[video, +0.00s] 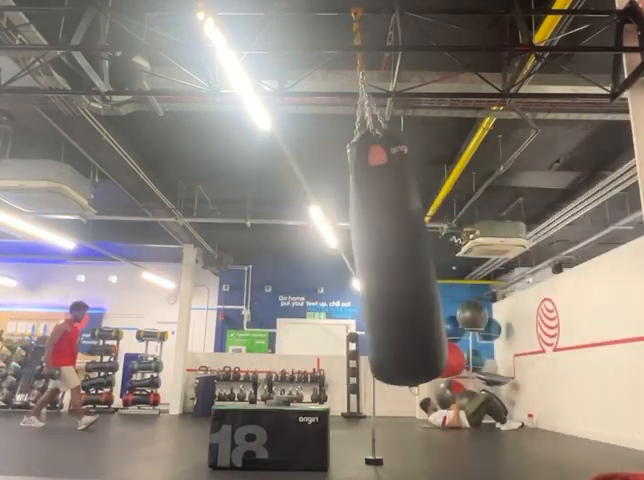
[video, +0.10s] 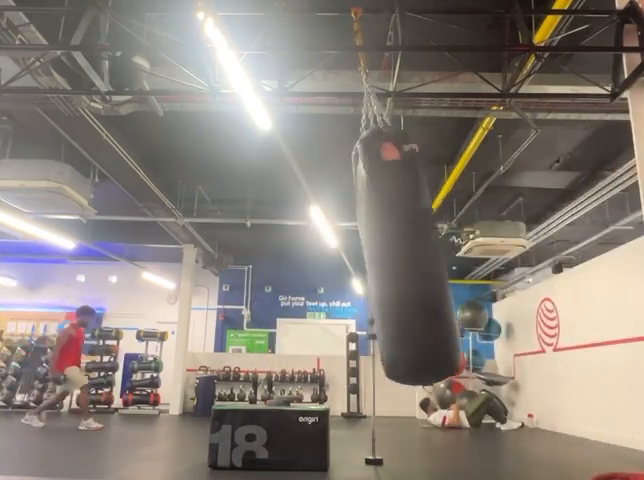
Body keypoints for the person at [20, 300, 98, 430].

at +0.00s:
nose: (83, 315)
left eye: (84, 312)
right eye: (82, 312)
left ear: (81, 313)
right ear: (74, 311)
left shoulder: (76, 328)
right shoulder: (62, 326)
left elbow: (71, 347)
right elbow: (49, 344)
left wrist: (73, 365)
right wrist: (48, 365)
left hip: (68, 364)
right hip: (61, 364)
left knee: (52, 391)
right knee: (75, 387)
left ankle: (31, 416)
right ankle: (81, 418)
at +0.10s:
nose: (90, 321)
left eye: (91, 318)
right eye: (89, 318)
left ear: (84, 318)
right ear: (81, 316)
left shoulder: (80, 331)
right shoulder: (69, 330)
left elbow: (76, 349)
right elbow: (57, 349)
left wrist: (78, 366)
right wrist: (53, 369)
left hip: (74, 365)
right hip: (66, 365)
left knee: (61, 395)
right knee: (84, 386)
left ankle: (33, 414)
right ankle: (86, 419)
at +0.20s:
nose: (94, 327)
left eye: (95, 324)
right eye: (93, 323)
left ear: (91, 323)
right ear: (86, 322)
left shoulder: (85, 337)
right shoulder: (72, 336)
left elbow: (80, 356)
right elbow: (60, 354)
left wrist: (82, 370)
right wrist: (59, 374)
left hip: (78, 369)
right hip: (69, 368)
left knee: (64, 402)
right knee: (91, 386)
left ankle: (34, 414)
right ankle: (87, 420)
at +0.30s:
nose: (97, 332)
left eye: (98, 329)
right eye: (95, 328)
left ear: (96, 328)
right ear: (88, 327)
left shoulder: (87, 341)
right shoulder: (74, 340)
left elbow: (83, 359)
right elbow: (65, 359)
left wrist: (85, 372)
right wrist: (63, 378)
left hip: (79, 372)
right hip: (70, 371)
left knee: (65, 405)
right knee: (93, 386)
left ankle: (34, 413)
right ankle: (88, 420)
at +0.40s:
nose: (98, 338)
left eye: (99, 335)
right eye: (97, 335)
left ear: (96, 334)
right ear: (92, 332)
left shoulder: (89, 346)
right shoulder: (78, 345)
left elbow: (83, 364)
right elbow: (66, 362)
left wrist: (87, 375)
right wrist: (66, 381)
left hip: (82, 377)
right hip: (73, 377)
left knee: (66, 410)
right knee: (95, 388)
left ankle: (37, 413)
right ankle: (89, 420)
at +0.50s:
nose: (100, 343)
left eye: (101, 341)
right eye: (99, 340)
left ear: (99, 341)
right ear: (93, 337)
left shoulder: (90, 351)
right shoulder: (78, 349)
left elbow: (84, 370)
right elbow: (68, 366)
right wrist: (69, 388)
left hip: (82, 381)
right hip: (73, 381)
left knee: (67, 414)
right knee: (97, 388)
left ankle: (39, 412)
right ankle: (89, 420)